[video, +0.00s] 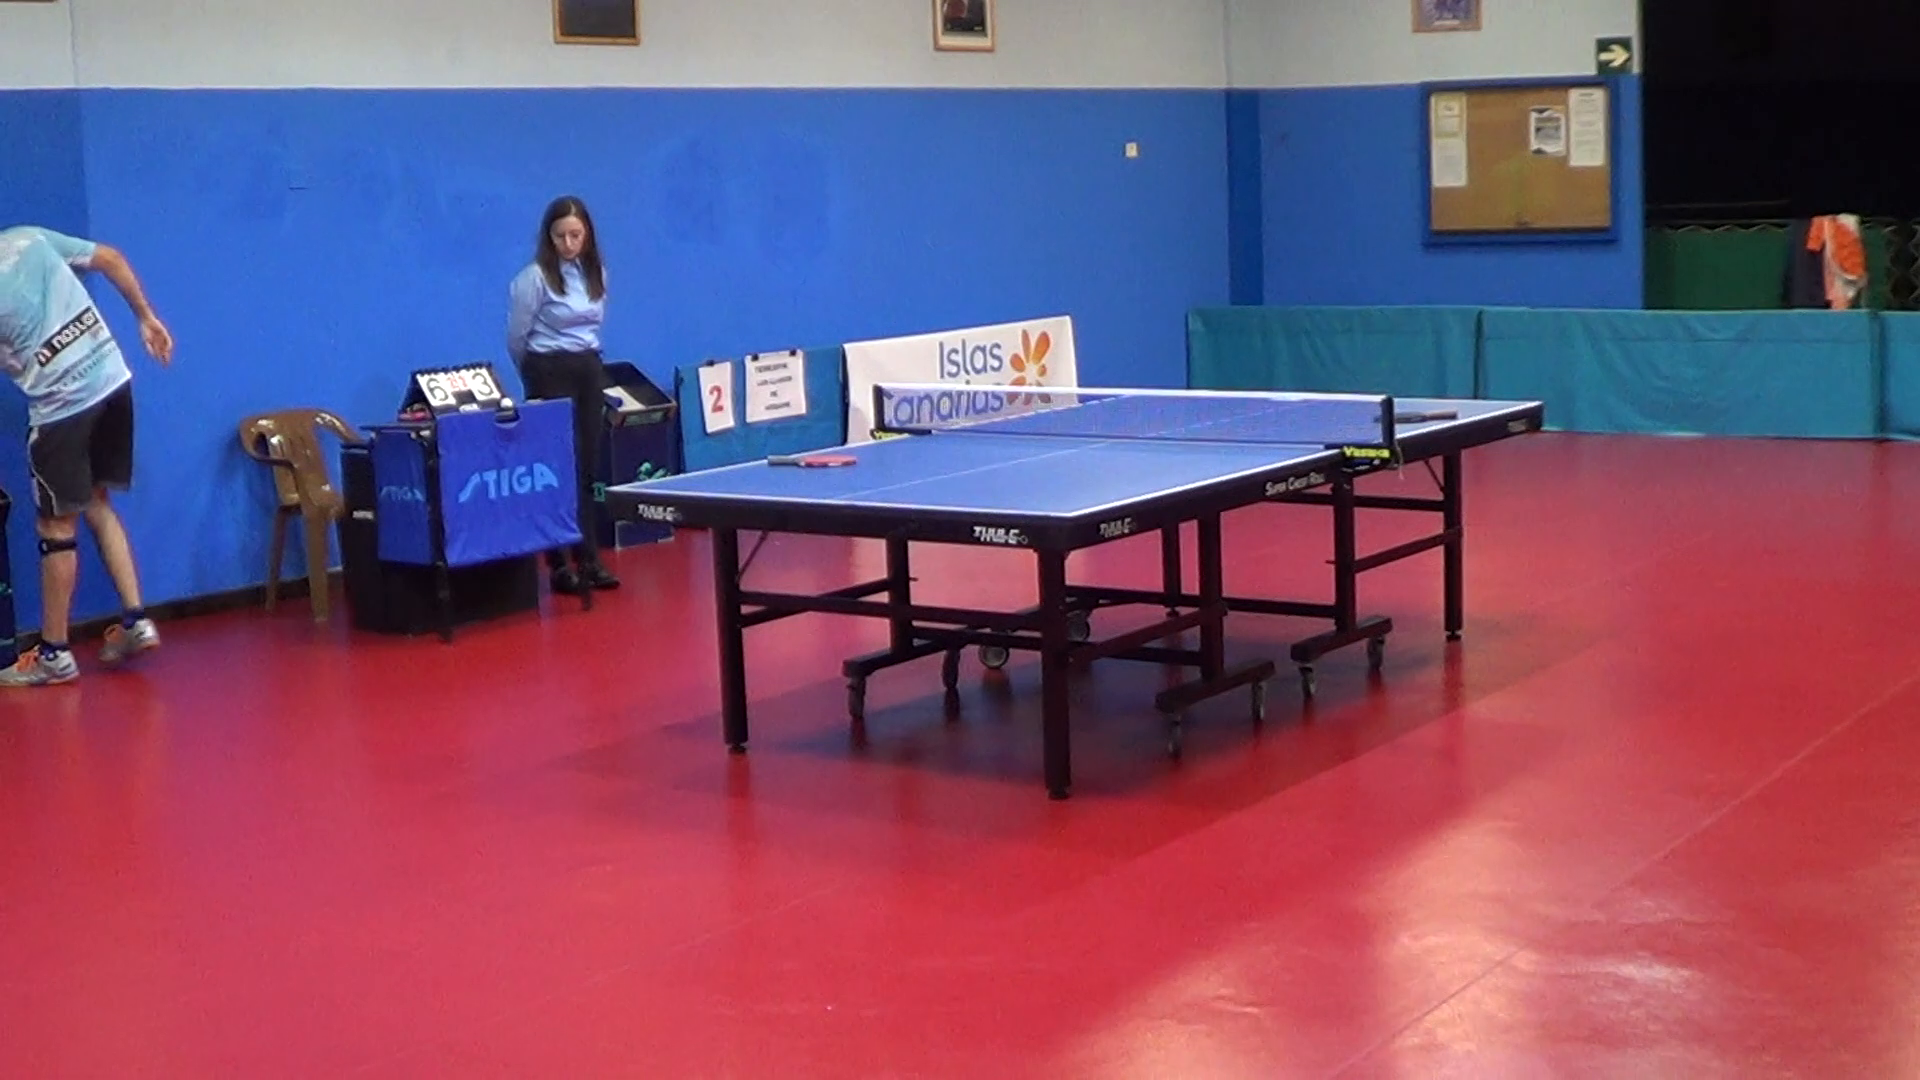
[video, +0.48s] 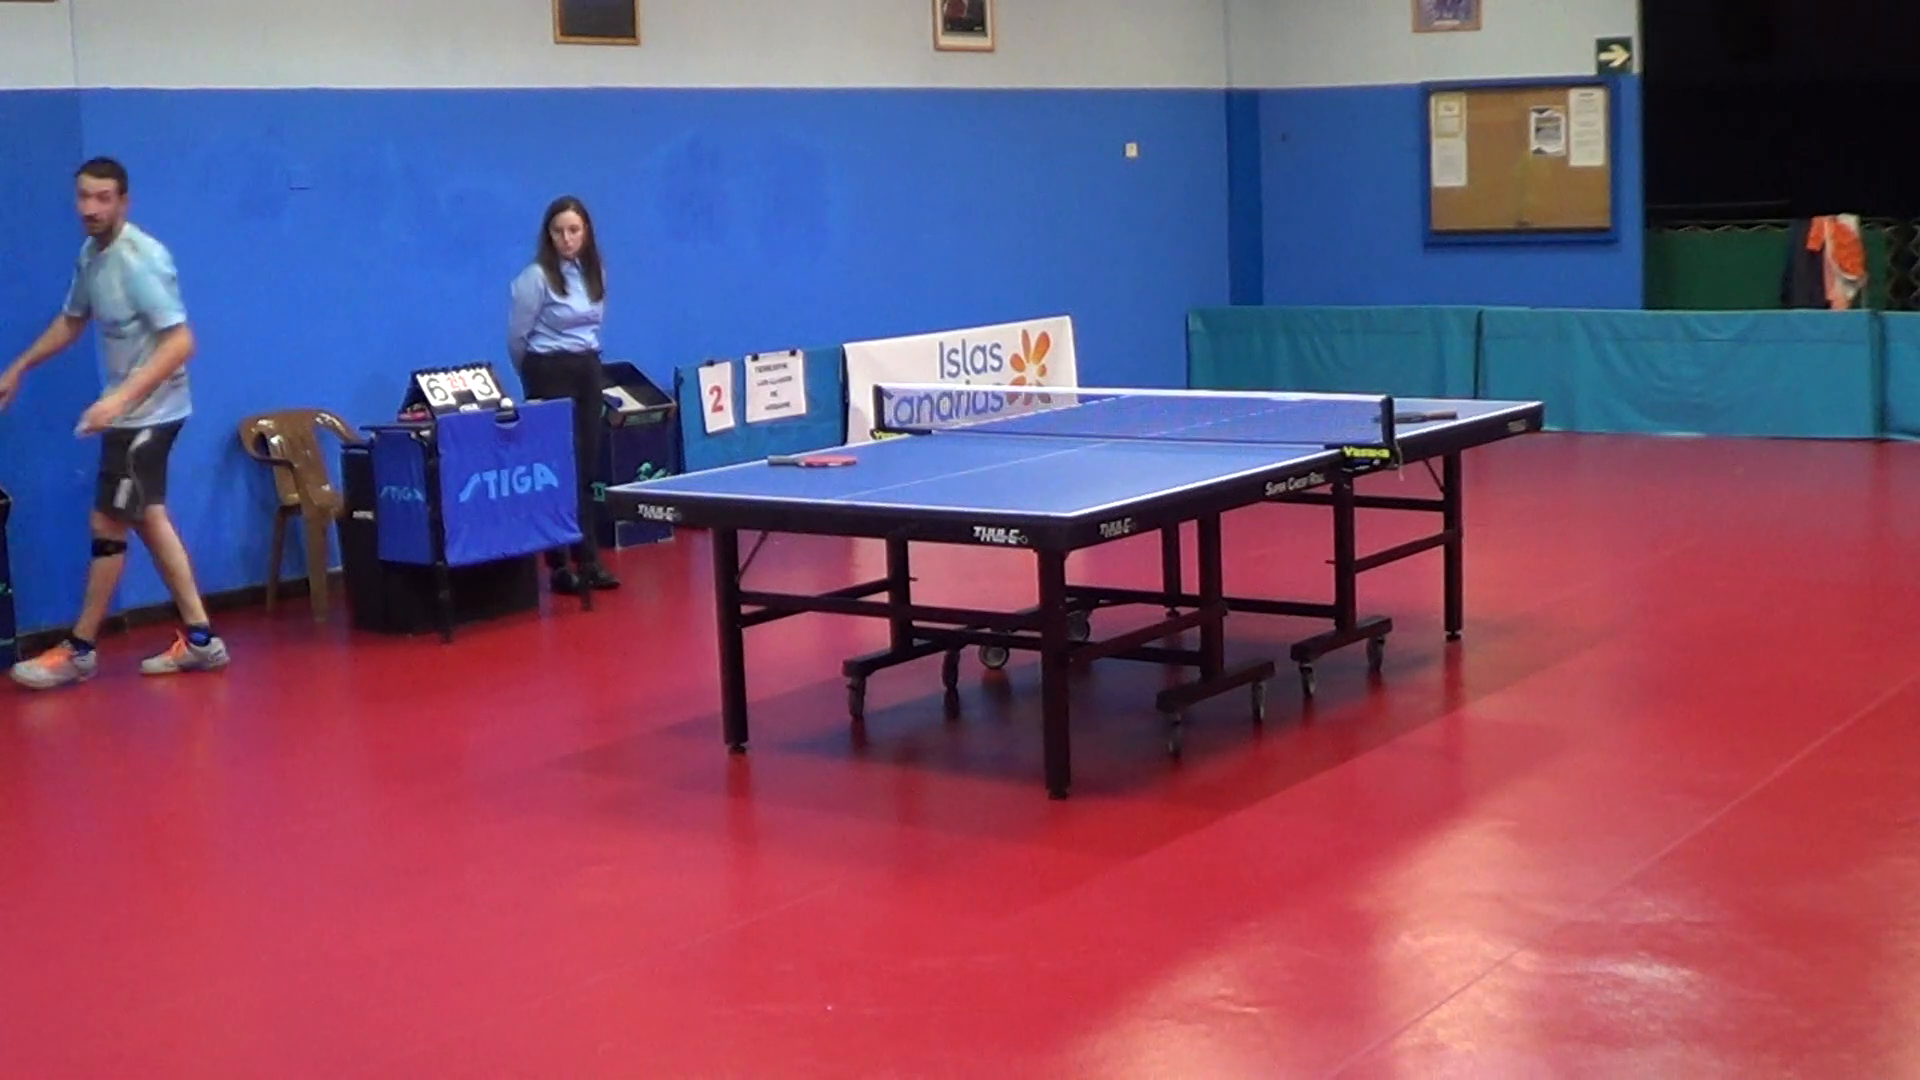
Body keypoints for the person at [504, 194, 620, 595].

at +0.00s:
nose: (569, 243)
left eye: (576, 235)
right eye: (561, 235)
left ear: (587, 236)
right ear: (549, 237)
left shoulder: (595, 272)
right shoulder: (532, 279)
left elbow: (595, 322)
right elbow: (516, 335)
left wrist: (576, 354)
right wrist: (529, 368)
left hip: (589, 366)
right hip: (549, 369)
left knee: (587, 463)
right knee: (556, 464)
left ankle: (589, 557)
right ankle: (561, 564)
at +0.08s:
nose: (568, 243)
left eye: (575, 235)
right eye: (560, 236)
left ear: (586, 236)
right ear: (549, 237)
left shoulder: (595, 272)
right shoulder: (531, 279)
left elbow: (595, 322)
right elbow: (516, 335)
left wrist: (576, 353)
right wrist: (529, 369)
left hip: (589, 366)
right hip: (549, 369)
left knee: (587, 464)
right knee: (556, 464)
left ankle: (590, 558)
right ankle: (561, 564)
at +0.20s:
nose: (568, 243)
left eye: (574, 235)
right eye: (560, 235)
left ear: (586, 236)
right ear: (548, 238)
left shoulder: (595, 273)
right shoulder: (531, 279)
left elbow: (595, 322)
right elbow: (515, 335)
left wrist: (576, 354)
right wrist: (530, 369)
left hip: (589, 366)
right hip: (549, 368)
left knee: (587, 463)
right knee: (556, 464)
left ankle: (590, 558)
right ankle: (561, 564)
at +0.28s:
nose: (568, 241)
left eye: (574, 233)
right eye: (560, 234)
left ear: (586, 235)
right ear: (548, 237)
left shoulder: (594, 272)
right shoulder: (531, 279)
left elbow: (594, 322)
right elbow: (515, 335)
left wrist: (576, 353)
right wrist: (530, 369)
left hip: (589, 366)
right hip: (549, 368)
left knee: (587, 463)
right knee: (557, 464)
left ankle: (590, 558)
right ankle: (560, 564)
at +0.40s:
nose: (568, 238)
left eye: (574, 230)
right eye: (560, 231)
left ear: (586, 233)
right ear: (549, 235)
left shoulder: (594, 272)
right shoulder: (533, 279)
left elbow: (594, 322)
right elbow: (516, 335)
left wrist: (575, 354)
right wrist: (529, 369)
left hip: (588, 366)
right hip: (549, 368)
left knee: (587, 462)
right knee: (556, 463)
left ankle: (589, 557)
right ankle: (560, 564)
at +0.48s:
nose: (568, 238)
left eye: (574, 230)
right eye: (560, 231)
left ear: (587, 233)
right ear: (549, 235)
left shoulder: (594, 272)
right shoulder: (534, 278)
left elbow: (595, 321)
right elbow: (516, 334)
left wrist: (576, 353)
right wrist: (528, 369)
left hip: (588, 366)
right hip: (549, 368)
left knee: (587, 463)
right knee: (556, 464)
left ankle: (589, 558)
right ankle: (560, 565)